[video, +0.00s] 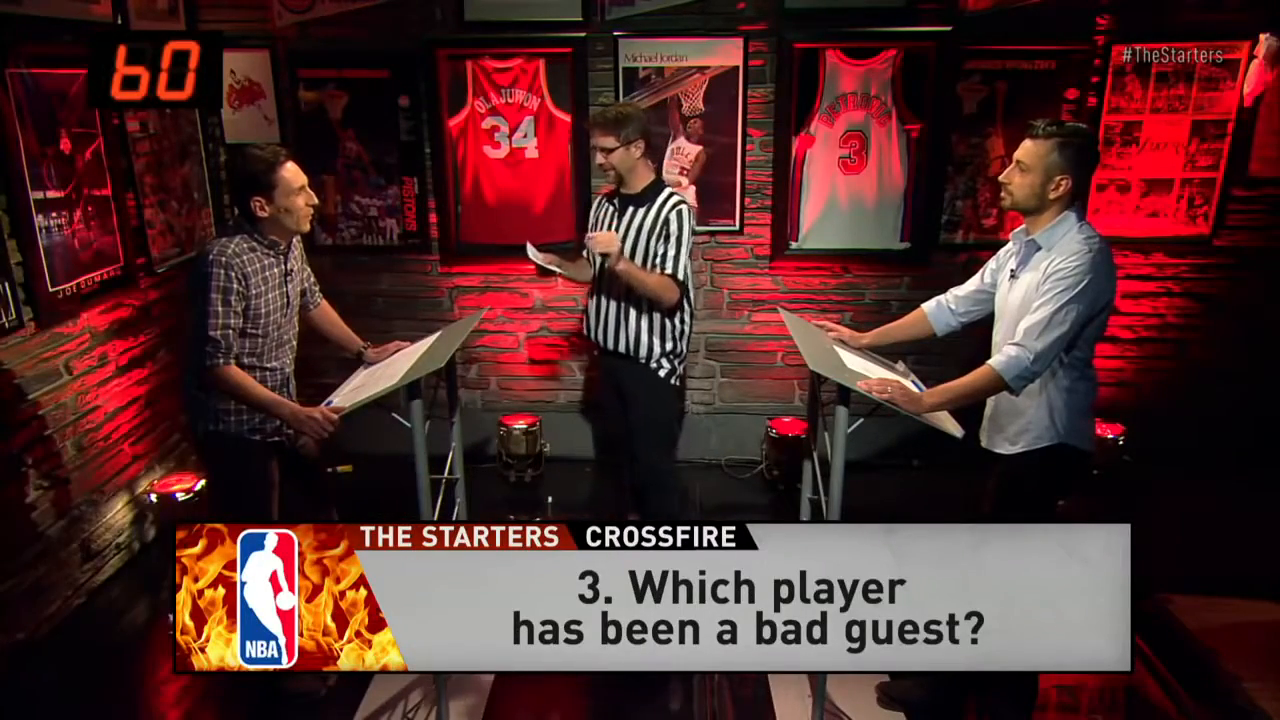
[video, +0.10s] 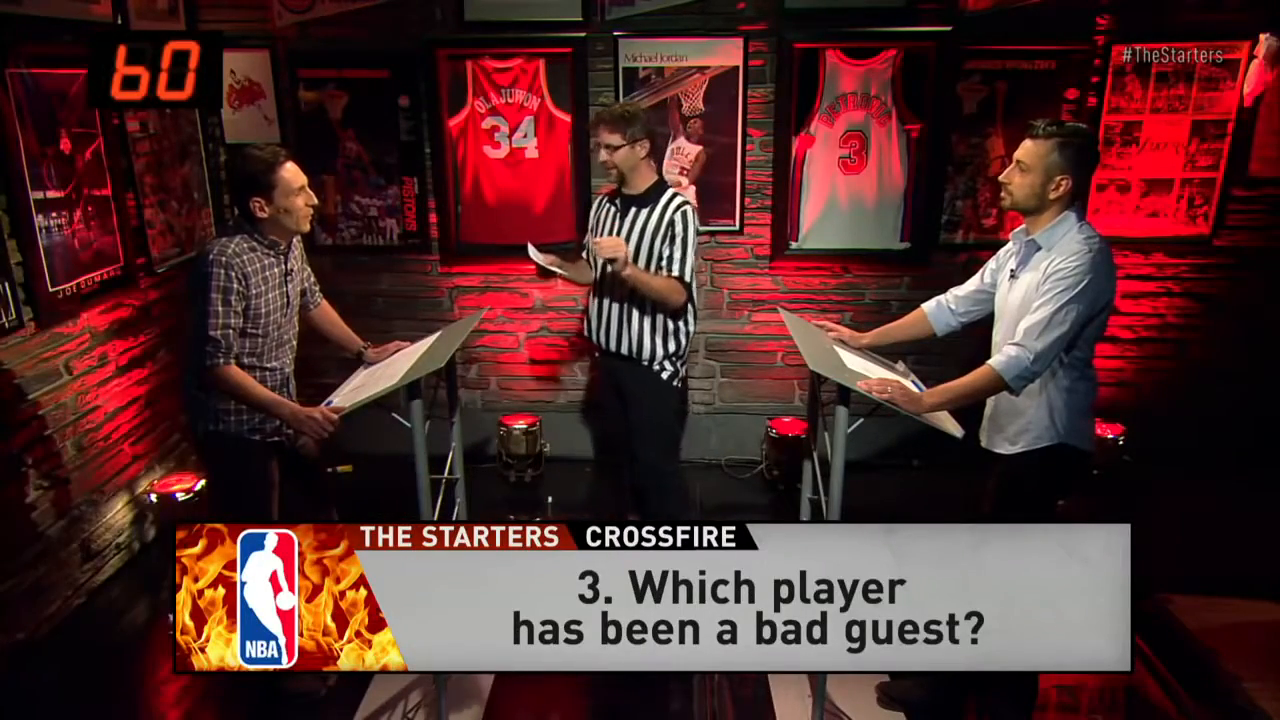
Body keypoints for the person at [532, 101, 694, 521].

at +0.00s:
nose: (599, 160)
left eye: (607, 150)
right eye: (595, 151)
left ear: (638, 147)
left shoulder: (673, 209)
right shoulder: (605, 204)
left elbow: (670, 293)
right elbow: (599, 275)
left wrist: (619, 262)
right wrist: (559, 263)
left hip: (653, 368)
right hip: (608, 361)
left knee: (653, 474)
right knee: (611, 469)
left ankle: (663, 550)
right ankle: (612, 542)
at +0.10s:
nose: (602, 158)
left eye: (612, 147)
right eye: (599, 148)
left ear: (642, 148)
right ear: (596, 149)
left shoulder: (677, 210)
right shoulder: (603, 205)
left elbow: (677, 295)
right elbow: (595, 273)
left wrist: (627, 268)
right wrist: (561, 267)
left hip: (656, 372)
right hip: (609, 365)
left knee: (656, 479)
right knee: (611, 473)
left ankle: (665, 554)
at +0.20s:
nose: (606, 149)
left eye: (617, 141)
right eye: (606, 140)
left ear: (649, 148)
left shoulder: (681, 211)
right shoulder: (604, 205)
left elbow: (683, 297)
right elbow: (596, 273)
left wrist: (634, 273)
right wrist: (563, 269)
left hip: (658, 375)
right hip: (609, 368)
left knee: (657, 484)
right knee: (610, 478)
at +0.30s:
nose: (611, 146)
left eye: (622, 138)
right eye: (610, 136)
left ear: (656, 146)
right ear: (618, 142)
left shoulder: (683, 210)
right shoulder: (606, 204)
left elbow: (692, 298)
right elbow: (600, 277)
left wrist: (645, 274)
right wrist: (573, 272)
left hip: (662, 372)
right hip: (611, 364)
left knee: (660, 484)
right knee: (611, 479)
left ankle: (673, 571)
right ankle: (618, 566)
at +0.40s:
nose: (615, 144)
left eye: (627, 138)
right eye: (615, 135)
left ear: (661, 147)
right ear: (622, 143)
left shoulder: (689, 212)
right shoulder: (609, 203)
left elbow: (695, 301)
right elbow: (604, 278)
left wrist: (649, 273)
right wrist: (577, 272)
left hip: (664, 378)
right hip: (614, 370)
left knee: (662, 493)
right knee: (612, 486)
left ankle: (669, 585)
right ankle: (616, 579)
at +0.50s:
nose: (618, 145)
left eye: (630, 139)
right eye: (618, 135)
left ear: (665, 148)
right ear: (626, 142)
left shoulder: (693, 212)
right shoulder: (610, 205)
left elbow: (699, 303)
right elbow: (608, 283)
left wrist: (651, 276)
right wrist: (579, 272)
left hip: (669, 381)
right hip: (617, 373)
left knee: (663, 498)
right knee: (611, 489)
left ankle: (670, 596)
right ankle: (617, 590)